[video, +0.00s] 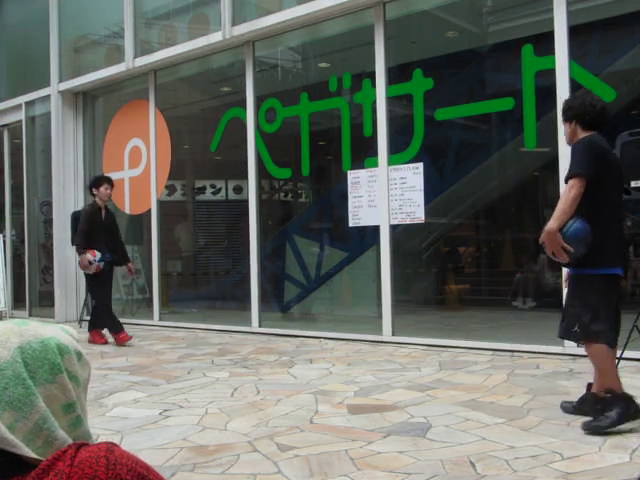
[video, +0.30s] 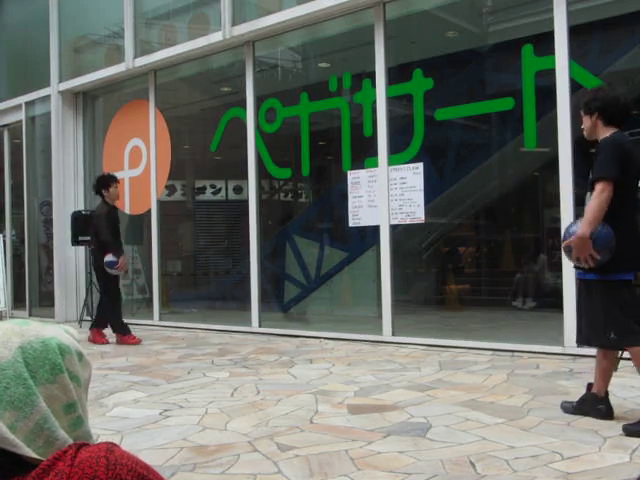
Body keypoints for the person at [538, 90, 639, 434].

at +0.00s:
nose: (564, 131)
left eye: (565, 125)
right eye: (564, 125)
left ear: (574, 123)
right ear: (595, 122)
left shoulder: (586, 147)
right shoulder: (603, 149)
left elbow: (576, 188)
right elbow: (602, 205)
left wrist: (551, 228)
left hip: (595, 259)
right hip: (601, 258)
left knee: (590, 328)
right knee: (594, 328)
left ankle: (619, 399)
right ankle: (599, 393)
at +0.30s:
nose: (581, 123)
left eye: (584, 117)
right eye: (582, 117)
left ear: (598, 117)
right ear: (608, 117)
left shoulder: (611, 146)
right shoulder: (619, 146)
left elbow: (603, 192)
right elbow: (609, 196)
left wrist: (583, 233)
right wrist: (585, 235)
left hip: (617, 261)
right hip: (614, 260)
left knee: (627, 334)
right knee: (607, 331)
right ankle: (597, 396)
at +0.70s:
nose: (598, 115)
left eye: (600, 108)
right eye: (598, 108)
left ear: (615, 109)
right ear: (619, 109)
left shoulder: (632, 145)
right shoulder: (625, 145)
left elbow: (630, 207)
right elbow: (624, 205)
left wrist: (624, 258)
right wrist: (617, 259)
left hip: (630, 264)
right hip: (623, 262)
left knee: (624, 328)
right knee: (621, 327)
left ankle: (605, 393)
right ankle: (604, 393)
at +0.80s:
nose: (599, 113)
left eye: (602, 106)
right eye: (599, 106)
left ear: (618, 108)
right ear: (619, 107)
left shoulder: (633, 145)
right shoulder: (622, 144)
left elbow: (629, 212)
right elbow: (623, 209)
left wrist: (624, 261)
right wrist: (617, 260)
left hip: (632, 262)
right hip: (625, 260)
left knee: (627, 331)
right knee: (624, 330)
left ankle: (613, 397)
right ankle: (612, 397)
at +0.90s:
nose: (601, 114)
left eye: (604, 107)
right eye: (601, 107)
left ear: (619, 108)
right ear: (619, 107)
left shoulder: (633, 146)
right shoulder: (622, 145)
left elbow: (629, 213)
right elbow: (623, 210)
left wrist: (623, 260)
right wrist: (616, 258)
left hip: (632, 259)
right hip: (624, 258)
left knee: (629, 334)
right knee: (626, 332)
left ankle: (613, 396)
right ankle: (613, 396)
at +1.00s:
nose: (602, 113)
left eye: (605, 107)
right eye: (602, 106)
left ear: (620, 108)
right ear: (620, 107)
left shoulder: (633, 146)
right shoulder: (622, 145)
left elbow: (629, 212)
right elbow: (623, 210)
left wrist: (619, 256)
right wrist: (614, 255)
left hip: (633, 258)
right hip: (623, 258)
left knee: (625, 332)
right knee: (620, 328)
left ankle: (610, 398)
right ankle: (608, 397)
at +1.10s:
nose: (599, 113)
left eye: (601, 106)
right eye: (599, 106)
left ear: (617, 108)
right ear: (619, 107)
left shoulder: (633, 146)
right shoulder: (623, 144)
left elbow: (628, 212)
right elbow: (624, 211)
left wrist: (615, 255)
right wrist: (611, 253)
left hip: (631, 259)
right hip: (621, 257)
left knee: (618, 328)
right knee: (609, 324)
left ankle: (601, 395)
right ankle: (600, 395)